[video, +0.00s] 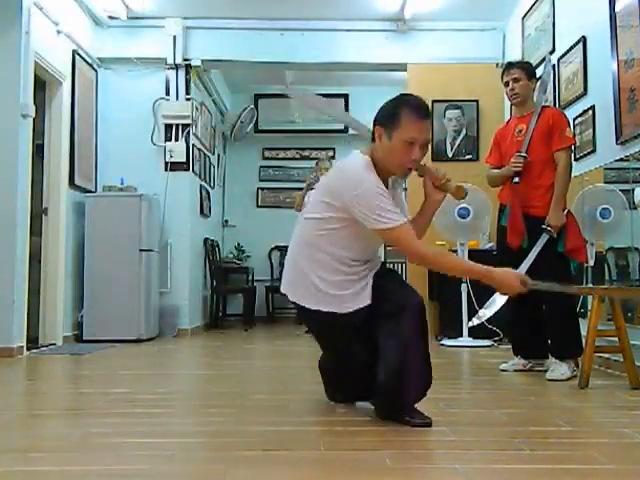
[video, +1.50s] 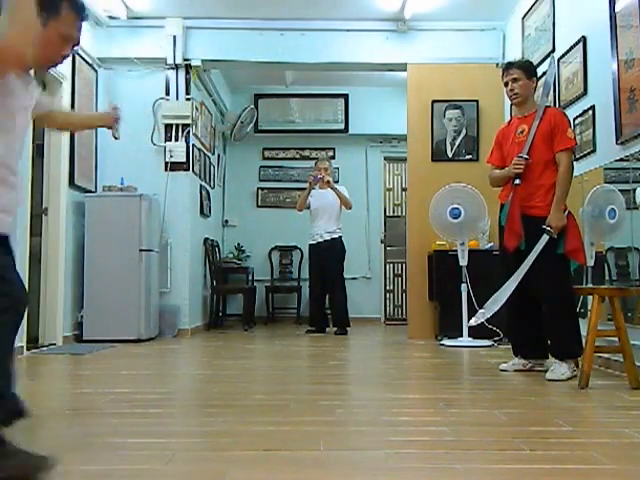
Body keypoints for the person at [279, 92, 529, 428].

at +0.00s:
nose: (417, 155)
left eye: (423, 146)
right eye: (409, 144)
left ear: (428, 144)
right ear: (379, 135)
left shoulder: (390, 176)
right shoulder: (357, 179)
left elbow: (406, 241)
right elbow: (415, 253)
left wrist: (431, 202)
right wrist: (491, 275)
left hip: (362, 273)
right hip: (320, 284)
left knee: (408, 307)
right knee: (361, 357)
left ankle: (395, 402)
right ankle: (339, 383)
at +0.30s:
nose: (374, 77)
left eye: (377, 67)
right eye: (367, 64)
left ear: (376, 69)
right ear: (332, 55)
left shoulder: (364, 120)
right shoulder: (285, 106)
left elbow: (406, 166)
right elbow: (303, 166)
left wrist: (473, 141)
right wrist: (332, 104)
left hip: (329, 245)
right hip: (271, 243)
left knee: (377, 316)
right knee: (261, 318)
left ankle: (394, 404)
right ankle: (271, 394)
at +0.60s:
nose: (217, 26)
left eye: (225, 18)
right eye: (211, 17)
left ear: (241, 22)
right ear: (190, 14)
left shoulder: (254, 63)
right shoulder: (158, 35)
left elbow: (255, 131)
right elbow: (166, 24)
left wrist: (172, 121)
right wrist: (253, 31)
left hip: (198, 223)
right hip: (128, 210)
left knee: (245, 314)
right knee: (147, 302)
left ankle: (185, 397)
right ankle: (113, 430)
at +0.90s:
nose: (112, 2)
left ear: (151, 7)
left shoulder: (165, 63)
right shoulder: (57, 31)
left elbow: (179, 127)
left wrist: (93, 83)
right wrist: (32, 62)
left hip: (67, 227)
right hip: (16, 195)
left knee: (25, 334)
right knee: (68, 302)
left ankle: (23, 452)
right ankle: (24, 454)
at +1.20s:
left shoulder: (64, 32)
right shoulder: (17, 12)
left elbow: (94, 72)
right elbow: (121, 21)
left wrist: (119, 90)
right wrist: (179, 40)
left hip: (29, 209)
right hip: (4, 207)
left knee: (48, 308)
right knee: (48, 300)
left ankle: (18, 454)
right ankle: (12, 456)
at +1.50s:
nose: (66, 53)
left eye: (72, 45)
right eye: (65, 40)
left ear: (64, 42)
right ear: (36, 24)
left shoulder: (26, 86)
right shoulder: (8, 73)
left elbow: (53, 116)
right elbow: (16, 45)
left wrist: (100, 119)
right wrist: (27, 5)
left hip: (6, 225)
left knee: (11, 304)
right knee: (12, 298)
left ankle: (2, 438)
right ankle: (6, 399)